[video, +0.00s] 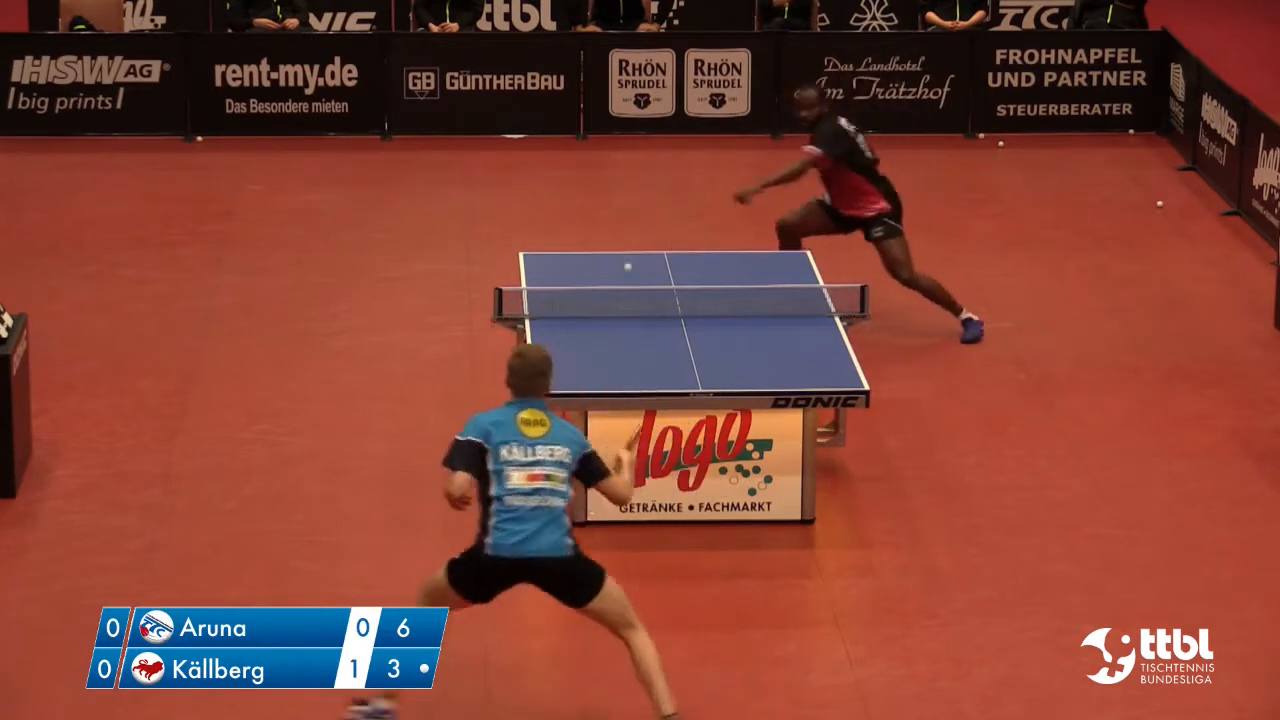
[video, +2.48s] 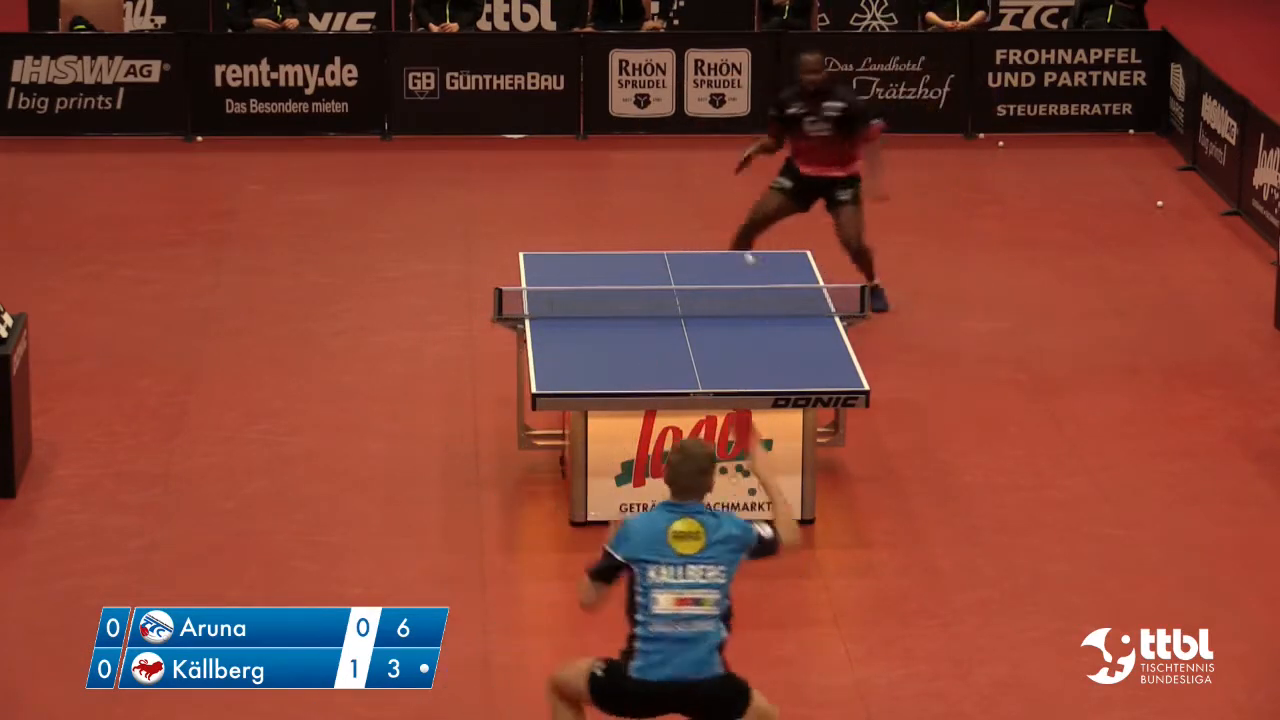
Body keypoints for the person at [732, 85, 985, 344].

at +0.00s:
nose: (802, 113)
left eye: (808, 106)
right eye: (799, 108)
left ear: (823, 104)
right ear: (798, 109)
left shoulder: (830, 130)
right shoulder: (826, 125)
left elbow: (800, 170)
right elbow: (866, 155)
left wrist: (756, 189)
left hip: (876, 210)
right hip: (842, 207)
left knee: (904, 274)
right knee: (787, 227)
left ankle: (966, 318)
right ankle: (791, 299)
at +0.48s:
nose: (768, 65)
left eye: (774, 59)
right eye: (765, 58)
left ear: (789, 59)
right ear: (758, 57)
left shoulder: (803, 84)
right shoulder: (749, 73)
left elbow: (848, 69)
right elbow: (727, 24)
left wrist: (843, 24)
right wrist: (760, 16)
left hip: (765, 163)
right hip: (729, 159)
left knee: (766, 214)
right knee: (690, 224)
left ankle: (813, 265)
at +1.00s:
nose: (781, 85)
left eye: (787, 79)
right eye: (777, 79)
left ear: (798, 79)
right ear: (770, 81)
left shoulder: (814, 106)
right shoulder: (769, 109)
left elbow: (827, 149)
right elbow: (753, 151)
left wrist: (792, 167)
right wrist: (727, 146)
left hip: (830, 185)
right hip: (793, 187)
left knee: (845, 245)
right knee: (750, 236)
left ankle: (896, 300)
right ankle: (763, 300)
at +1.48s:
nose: (839, 97)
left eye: (844, 90)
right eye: (836, 91)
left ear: (859, 85)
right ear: (836, 89)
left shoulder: (862, 111)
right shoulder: (883, 98)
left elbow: (836, 148)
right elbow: (920, 119)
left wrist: (796, 174)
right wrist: (929, 142)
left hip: (903, 191)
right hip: (881, 188)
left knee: (888, 264)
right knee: (842, 226)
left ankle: (945, 322)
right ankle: (858, 293)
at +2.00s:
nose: (953, 79)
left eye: (958, 74)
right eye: (948, 73)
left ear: (966, 76)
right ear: (939, 73)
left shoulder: (973, 114)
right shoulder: (923, 87)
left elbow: (1001, 156)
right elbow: (911, 36)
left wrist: (1042, 174)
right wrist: (954, 33)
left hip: (933, 186)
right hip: (892, 175)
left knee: (967, 244)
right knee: (845, 234)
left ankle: (992, 297)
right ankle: (797, 260)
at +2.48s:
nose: (811, 78)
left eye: (816, 72)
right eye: (806, 73)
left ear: (826, 72)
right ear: (798, 74)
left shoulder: (847, 101)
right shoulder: (788, 101)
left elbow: (871, 141)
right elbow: (775, 142)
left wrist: (877, 184)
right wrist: (754, 150)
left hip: (841, 179)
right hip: (800, 176)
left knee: (852, 241)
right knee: (752, 224)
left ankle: (873, 285)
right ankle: (727, 276)